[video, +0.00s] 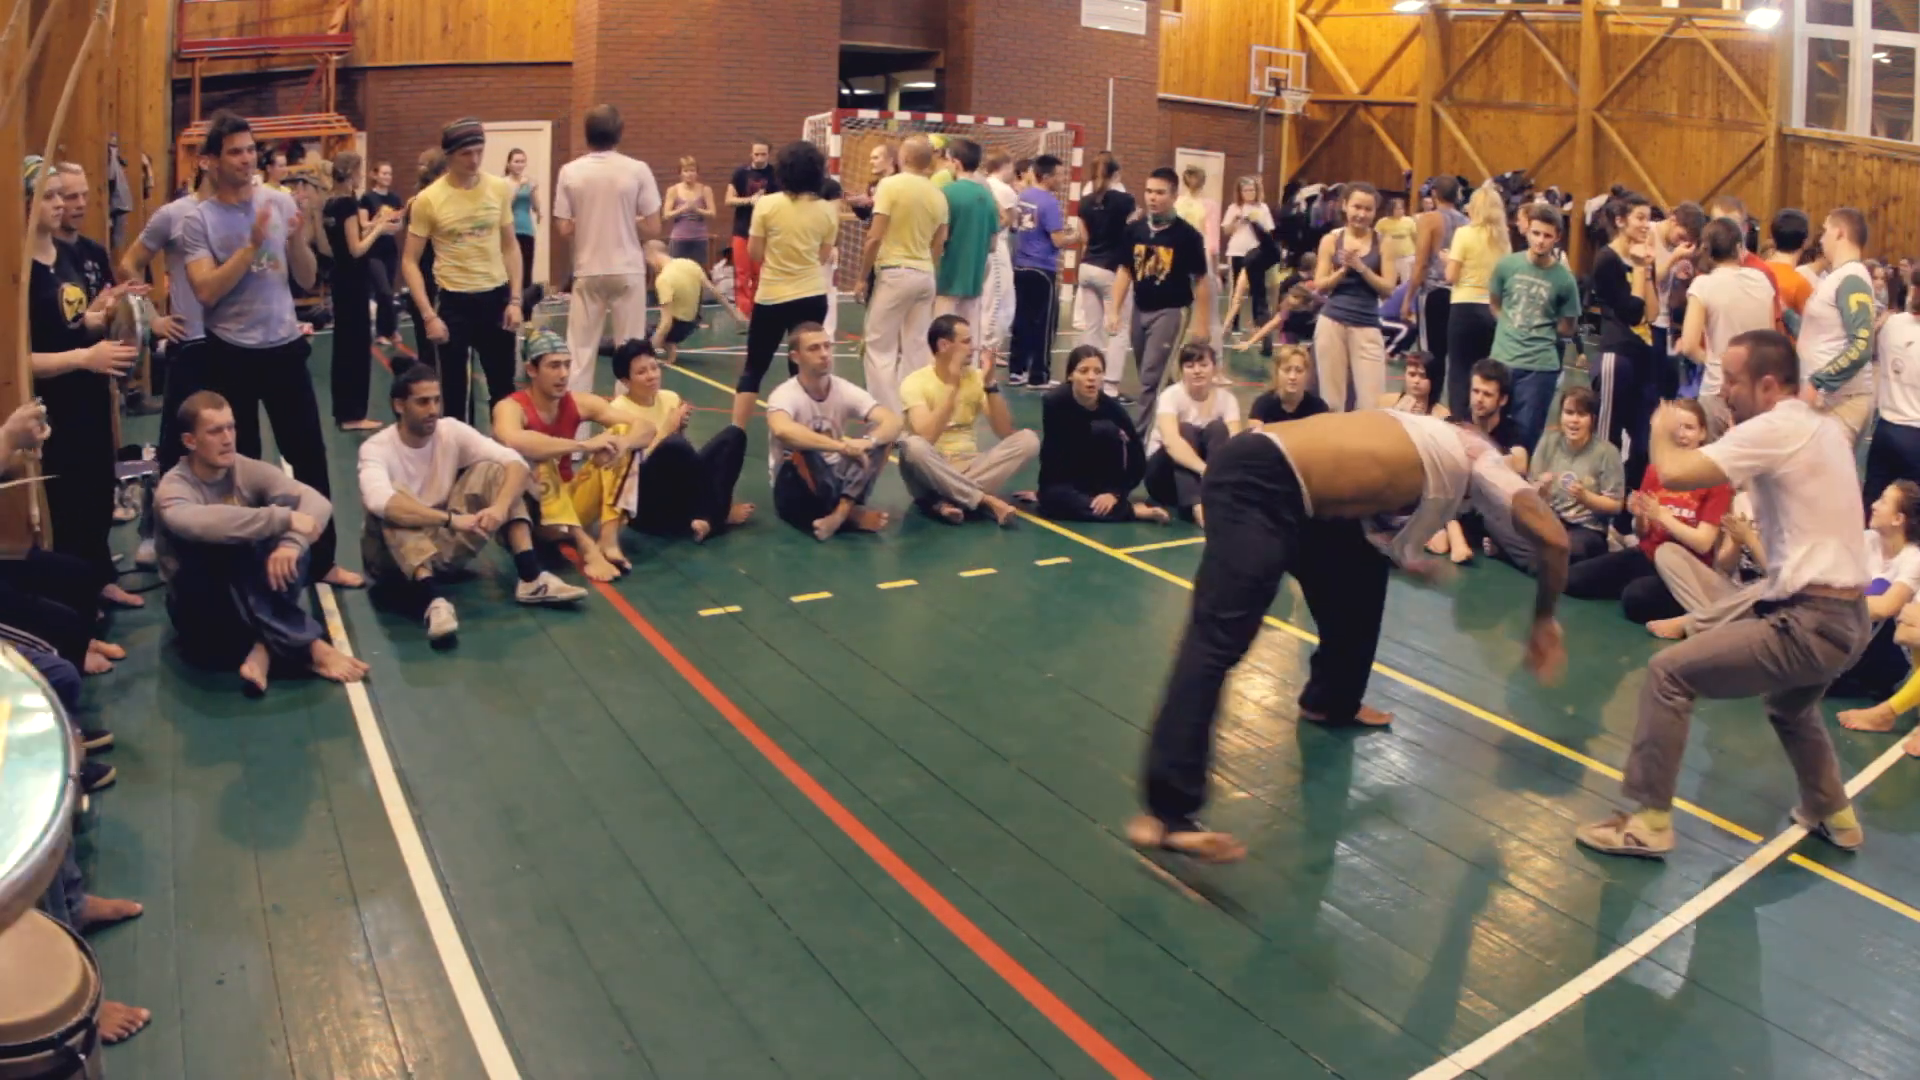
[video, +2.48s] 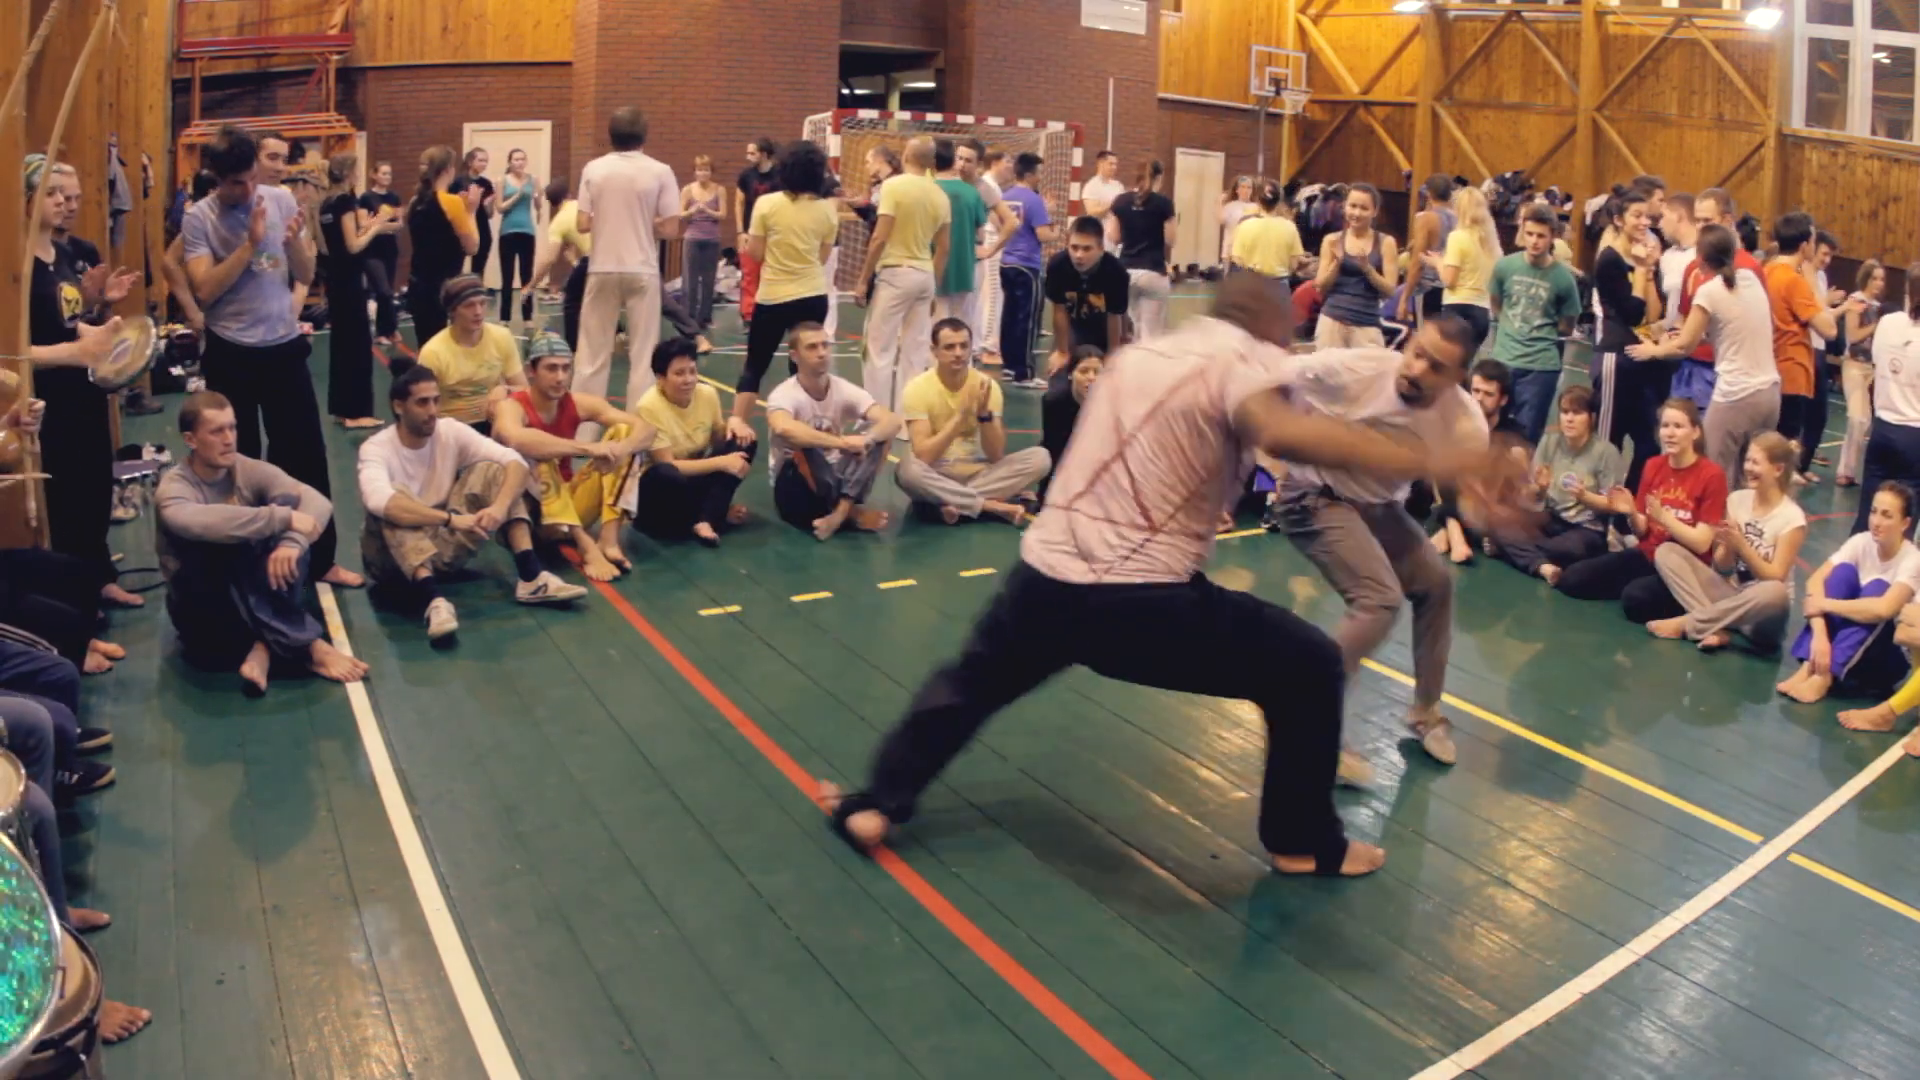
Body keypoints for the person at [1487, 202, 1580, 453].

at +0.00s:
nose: (1540, 241)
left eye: (1547, 236)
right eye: (1536, 233)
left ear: (1557, 238)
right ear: (1526, 232)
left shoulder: (1565, 279)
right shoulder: (1506, 264)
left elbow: (1567, 328)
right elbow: (1495, 306)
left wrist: (1538, 330)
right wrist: (1515, 327)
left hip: (1539, 363)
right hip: (1502, 356)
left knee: (1525, 435)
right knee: (1491, 429)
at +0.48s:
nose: (1537, 241)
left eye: (1544, 236)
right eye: (1532, 234)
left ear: (1554, 238)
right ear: (1524, 233)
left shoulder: (1564, 280)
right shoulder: (1505, 264)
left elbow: (1568, 326)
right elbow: (1490, 304)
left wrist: (1539, 331)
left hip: (1541, 359)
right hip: (1502, 352)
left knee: (1525, 428)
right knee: (1494, 421)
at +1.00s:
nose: (1534, 242)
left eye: (1541, 236)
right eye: (1529, 235)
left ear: (1552, 239)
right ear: (1521, 235)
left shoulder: (1563, 280)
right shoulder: (1505, 265)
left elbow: (1568, 326)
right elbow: (1495, 304)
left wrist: (1540, 332)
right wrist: (1514, 326)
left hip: (1540, 360)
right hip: (1503, 354)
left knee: (1526, 433)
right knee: (1492, 426)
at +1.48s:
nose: (1534, 241)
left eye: (1541, 236)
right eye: (1529, 234)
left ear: (1552, 238)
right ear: (1521, 235)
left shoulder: (1563, 280)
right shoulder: (1505, 266)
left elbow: (1567, 324)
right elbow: (1495, 305)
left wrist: (1539, 333)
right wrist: (1514, 327)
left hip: (1541, 359)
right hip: (1504, 354)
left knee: (1527, 431)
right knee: (1492, 424)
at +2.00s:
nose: (1534, 242)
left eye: (1541, 236)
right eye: (1530, 234)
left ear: (1553, 239)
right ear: (1522, 234)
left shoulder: (1564, 279)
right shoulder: (1505, 266)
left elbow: (1568, 326)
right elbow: (1496, 305)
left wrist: (1540, 334)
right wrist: (1515, 327)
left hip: (1541, 361)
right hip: (1504, 355)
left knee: (1527, 432)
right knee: (1493, 424)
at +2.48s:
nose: (1534, 241)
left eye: (1541, 236)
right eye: (1530, 234)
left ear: (1552, 238)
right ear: (1522, 234)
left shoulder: (1564, 278)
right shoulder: (1504, 266)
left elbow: (1567, 325)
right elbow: (1496, 307)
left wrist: (1540, 334)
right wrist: (1515, 329)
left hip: (1541, 362)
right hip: (1503, 355)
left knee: (1526, 432)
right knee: (1491, 426)